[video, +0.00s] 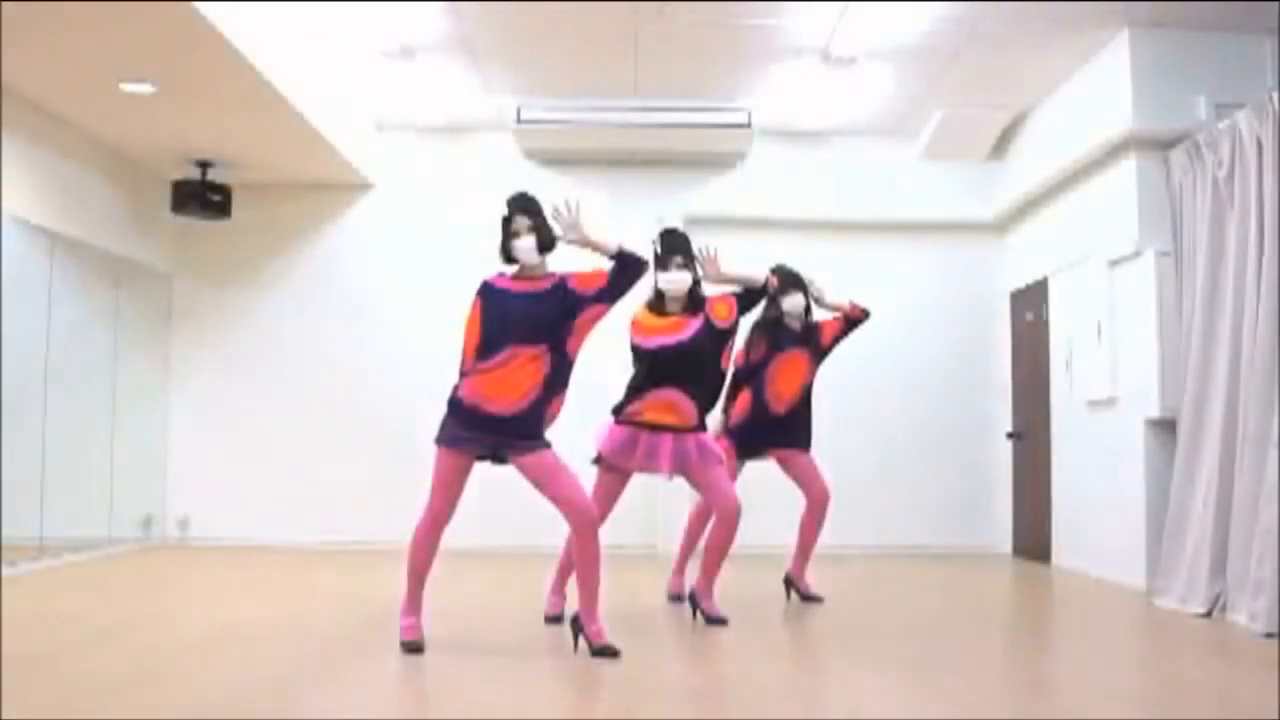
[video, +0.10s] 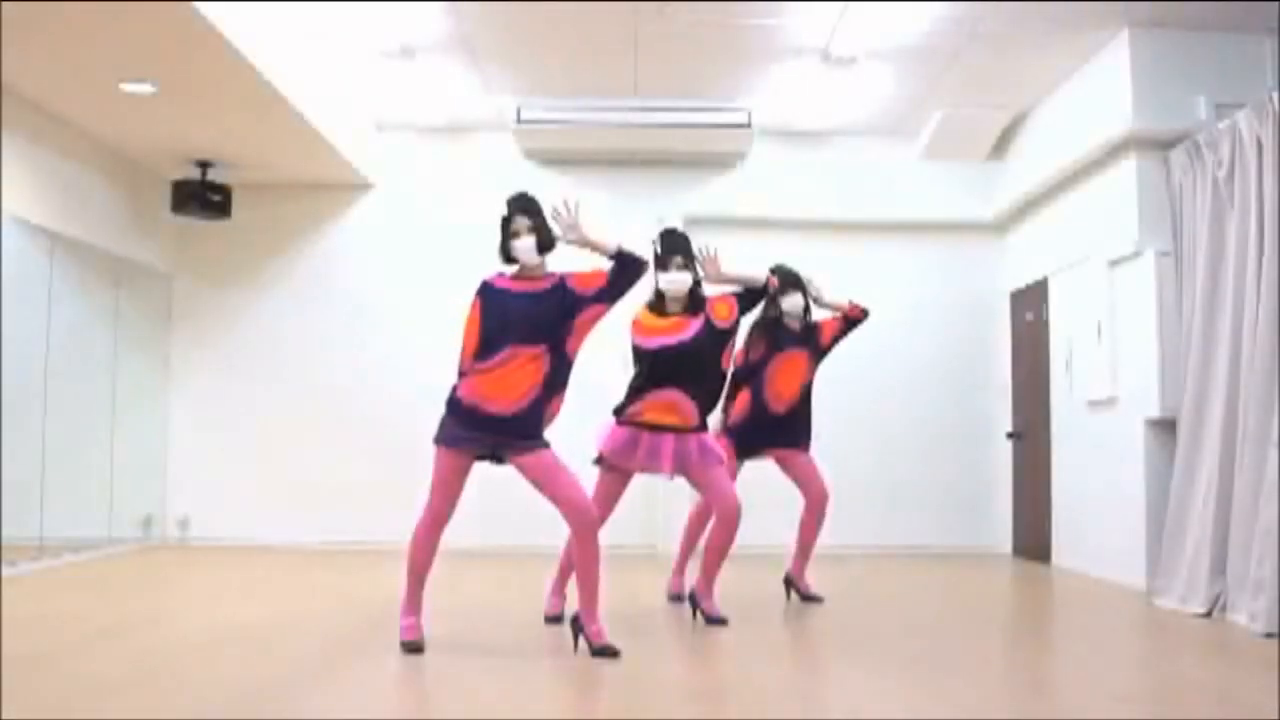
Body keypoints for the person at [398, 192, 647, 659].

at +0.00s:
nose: (523, 239)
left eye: (532, 231)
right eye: (515, 233)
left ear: (547, 237)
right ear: (505, 242)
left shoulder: (571, 292)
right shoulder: (491, 291)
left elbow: (636, 266)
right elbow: (469, 359)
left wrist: (585, 239)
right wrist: (462, 416)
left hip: (523, 430)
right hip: (467, 422)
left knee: (584, 513)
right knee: (437, 513)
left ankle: (589, 619)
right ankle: (411, 613)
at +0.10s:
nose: (523, 240)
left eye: (531, 231)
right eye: (514, 233)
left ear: (547, 238)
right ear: (505, 242)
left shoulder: (571, 292)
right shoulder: (491, 291)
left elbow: (635, 266)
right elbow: (468, 359)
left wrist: (582, 239)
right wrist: (462, 416)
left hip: (522, 430)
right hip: (466, 422)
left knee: (584, 513)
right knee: (437, 513)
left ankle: (590, 619)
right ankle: (411, 614)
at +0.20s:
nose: (524, 241)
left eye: (532, 232)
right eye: (515, 234)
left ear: (546, 239)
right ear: (505, 243)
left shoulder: (569, 290)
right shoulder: (491, 291)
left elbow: (636, 266)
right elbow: (467, 359)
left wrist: (583, 239)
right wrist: (462, 414)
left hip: (521, 430)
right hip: (466, 422)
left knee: (583, 514)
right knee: (436, 514)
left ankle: (590, 619)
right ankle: (410, 614)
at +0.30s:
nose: (525, 241)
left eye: (533, 232)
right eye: (516, 234)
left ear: (549, 240)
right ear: (507, 242)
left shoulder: (567, 288)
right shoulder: (491, 289)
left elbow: (634, 275)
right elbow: (468, 356)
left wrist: (587, 240)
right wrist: (460, 411)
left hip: (522, 429)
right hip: (467, 421)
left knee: (583, 515)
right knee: (437, 514)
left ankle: (590, 618)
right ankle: (410, 612)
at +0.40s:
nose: (536, 242)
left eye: (545, 235)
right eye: (529, 234)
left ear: (557, 243)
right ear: (515, 239)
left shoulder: (565, 287)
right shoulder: (492, 286)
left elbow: (608, 320)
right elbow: (470, 349)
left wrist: (604, 270)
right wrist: (468, 402)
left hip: (533, 426)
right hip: (478, 420)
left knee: (588, 517)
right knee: (444, 518)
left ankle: (612, 615)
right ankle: (412, 614)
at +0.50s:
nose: (557, 253)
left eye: (564, 246)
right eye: (549, 244)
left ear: (571, 252)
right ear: (530, 247)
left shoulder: (580, 294)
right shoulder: (502, 291)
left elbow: (577, 354)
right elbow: (479, 356)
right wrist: (478, 418)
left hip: (551, 427)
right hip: (495, 424)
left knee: (596, 518)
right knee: (456, 525)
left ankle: (634, 618)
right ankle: (415, 611)